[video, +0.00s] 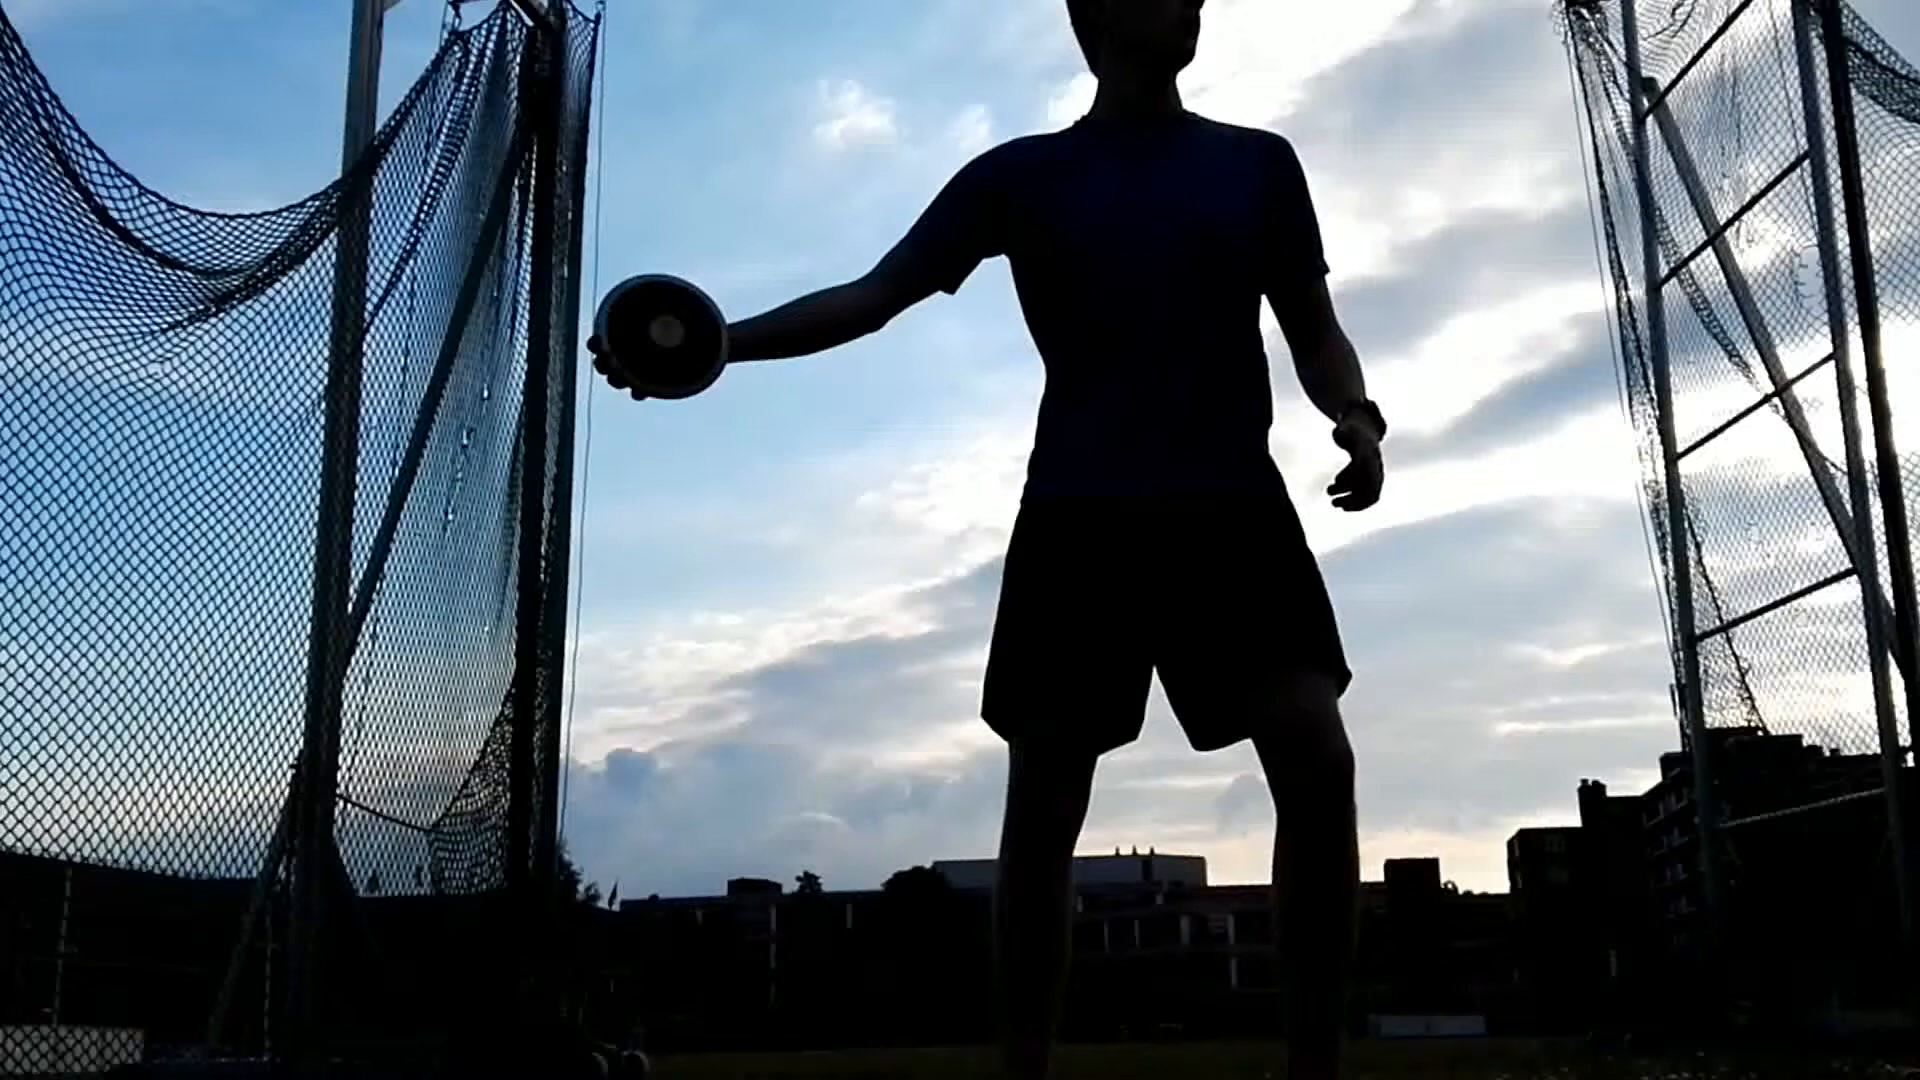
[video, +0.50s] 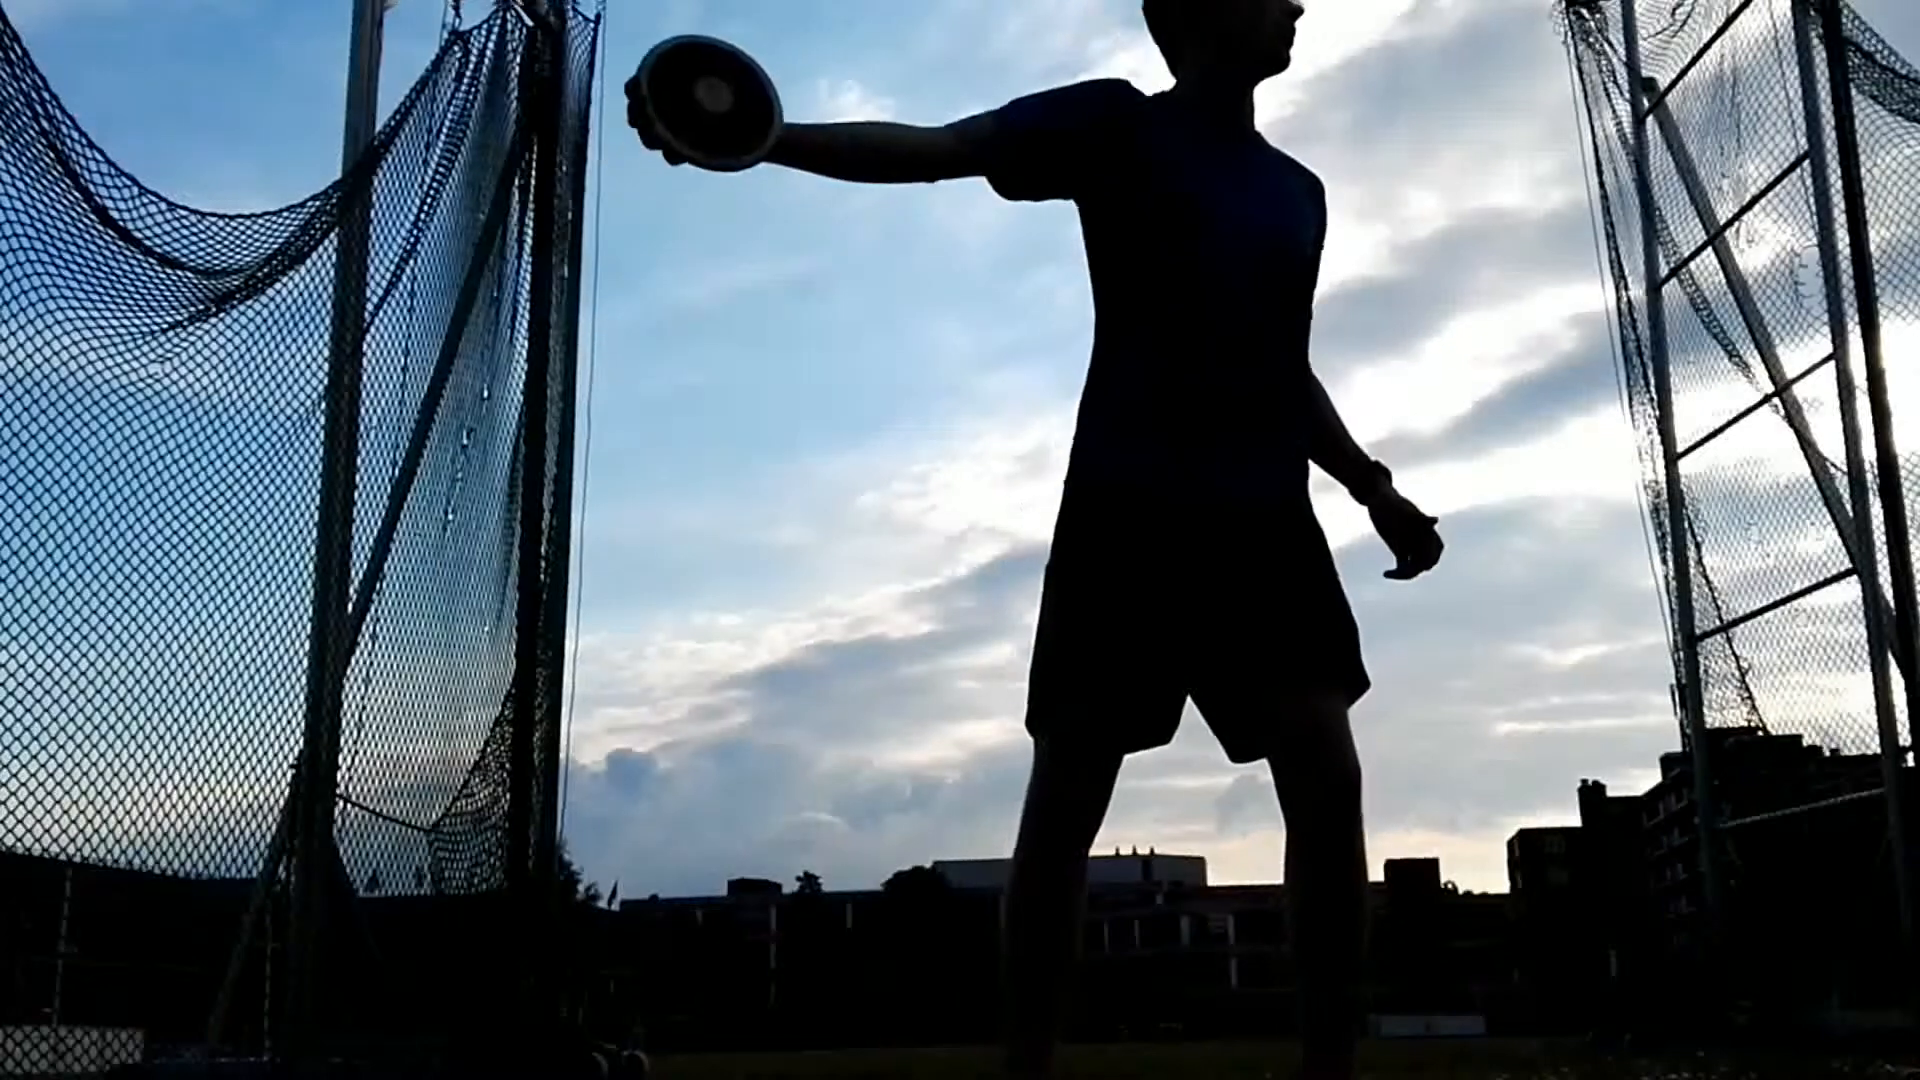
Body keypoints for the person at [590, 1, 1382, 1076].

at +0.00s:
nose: (1158, 21)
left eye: (1174, 4)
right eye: (1131, 5)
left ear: (1198, 21)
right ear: (1084, 20)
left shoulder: (1258, 166)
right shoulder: (1015, 176)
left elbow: (1314, 331)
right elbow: (870, 298)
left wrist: (1355, 415)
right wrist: (712, 341)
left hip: (1231, 512)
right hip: (1079, 518)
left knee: (1319, 770)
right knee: (1044, 808)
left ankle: (1317, 1058)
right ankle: (1025, 1070)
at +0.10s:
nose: (1172, 16)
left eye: (1186, 0)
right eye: (1144, 0)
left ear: (1208, 19)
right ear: (1094, 17)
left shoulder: (1261, 169)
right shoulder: (1022, 166)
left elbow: (1314, 343)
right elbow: (858, 273)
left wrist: (1359, 419)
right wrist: (693, 298)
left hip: (1236, 513)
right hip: (1085, 519)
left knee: (1323, 771)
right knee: (1048, 809)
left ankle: (1319, 1057)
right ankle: (1025, 1069)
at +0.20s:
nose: (1180, 20)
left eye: (1193, 4)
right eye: (1155, 4)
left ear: (1214, 27)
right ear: (1103, 20)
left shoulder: (1265, 173)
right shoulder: (1031, 158)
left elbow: (1309, 348)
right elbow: (863, 246)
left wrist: (1362, 426)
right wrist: (688, 258)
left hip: (1240, 514)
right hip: (1090, 517)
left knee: (1324, 770)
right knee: (1051, 806)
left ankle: (1321, 1058)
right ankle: (1024, 1067)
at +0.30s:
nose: (1242, 19)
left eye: (1238, 4)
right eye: (1215, 2)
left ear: (1238, 29)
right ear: (1151, 17)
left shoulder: (1277, 182)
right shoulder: (1063, 139)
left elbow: (1294, 359)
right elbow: (875, 191)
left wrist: (1384, 464)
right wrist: (704, 184)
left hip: (1249, 519)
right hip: (1105, 519)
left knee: (1328, 780)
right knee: (1059, 806)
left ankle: (1332, 1063)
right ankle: (1031, 1067)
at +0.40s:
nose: (1267, 15)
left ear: (1245, 26)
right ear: (1173, 14)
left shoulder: (1285, 186)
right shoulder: (1085, 130)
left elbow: (1288, 369)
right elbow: (897, 165)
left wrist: (1381, 478)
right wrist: (722, 150)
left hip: (1255, 521)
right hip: (1117, 516)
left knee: (1329, 780)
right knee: (1064, 802)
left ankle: (1332, 1060)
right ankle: (1031, 1065)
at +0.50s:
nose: (1290, 16)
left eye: (1284, 0)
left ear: (1250, 32)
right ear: (1189, 17)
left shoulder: (1295, 194)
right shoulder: (1117, 121)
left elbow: (1281, 373)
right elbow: (932, 148)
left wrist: (1377, 492)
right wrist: (750, 133)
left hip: (1260, 519)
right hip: (1127, 512)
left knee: (1326, 784)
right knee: (1069, 799)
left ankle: (1330, 1063)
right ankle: (1028, 1062)